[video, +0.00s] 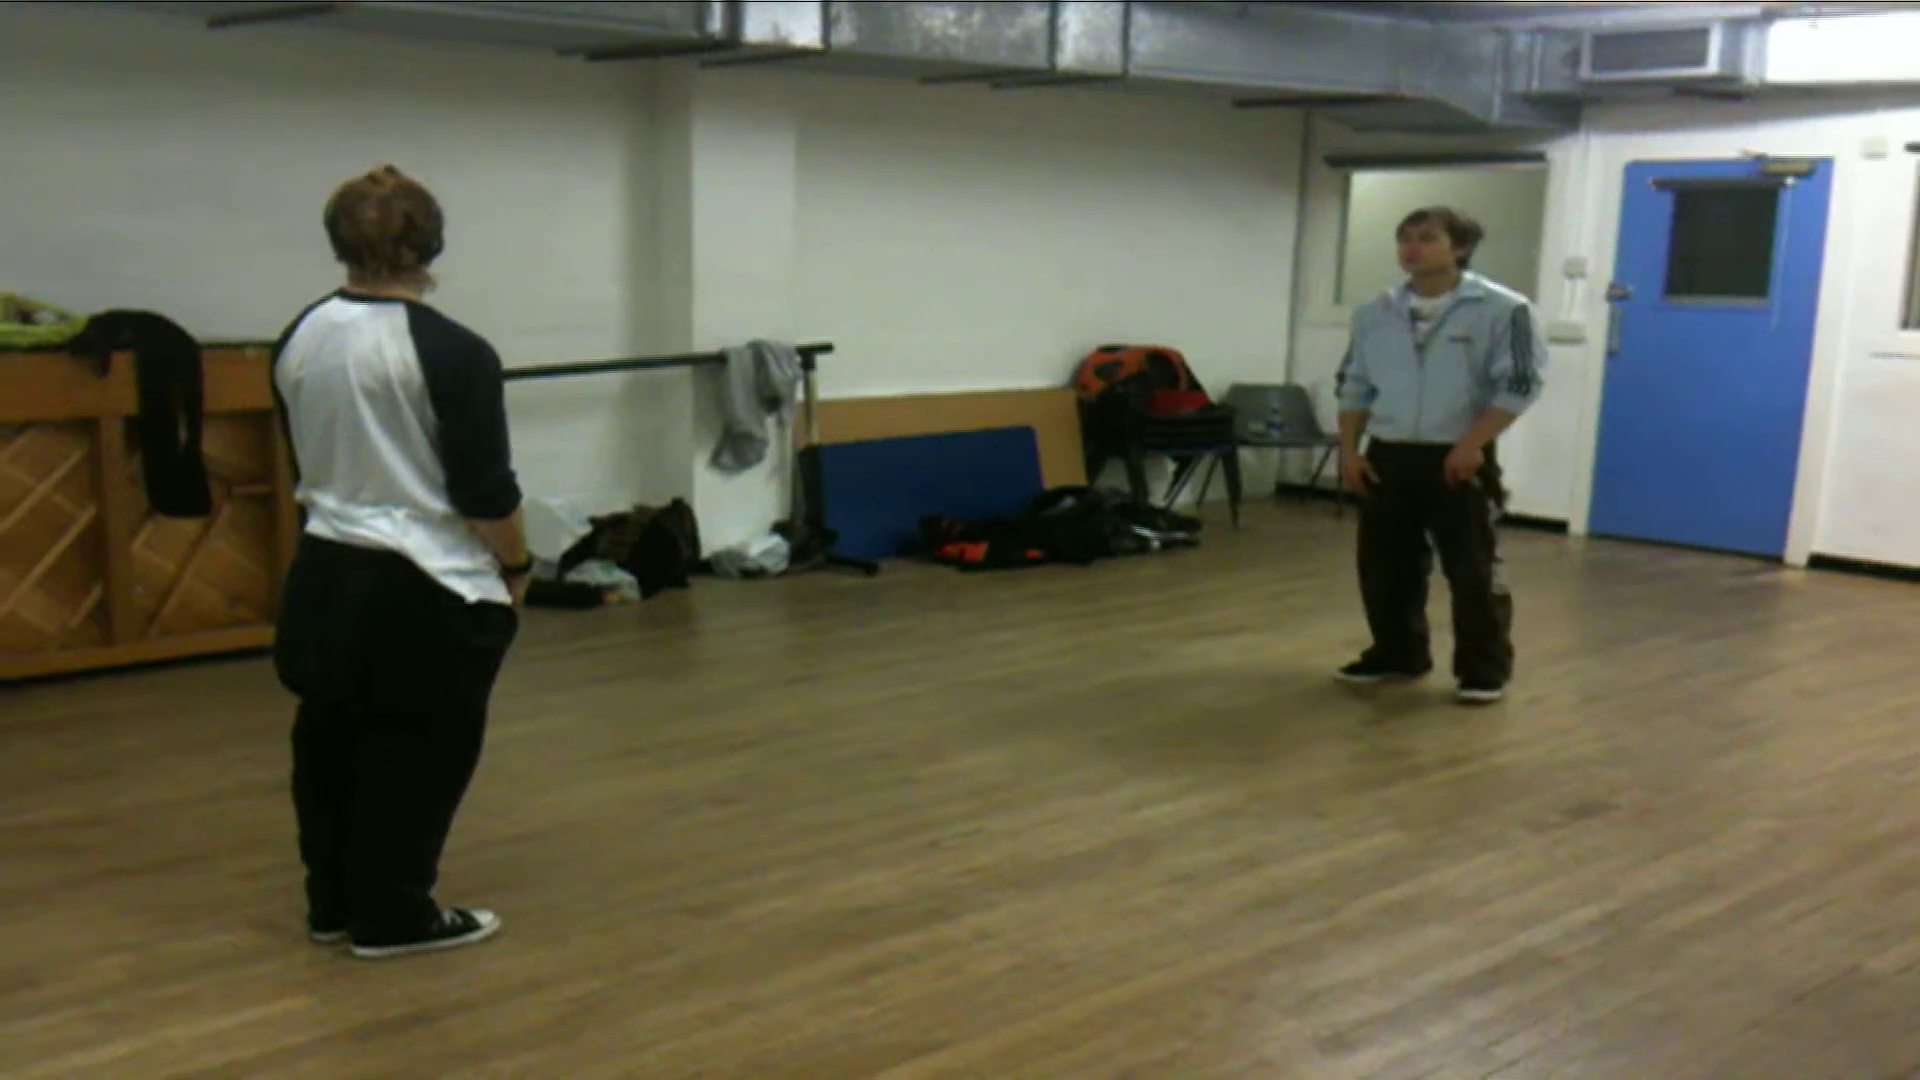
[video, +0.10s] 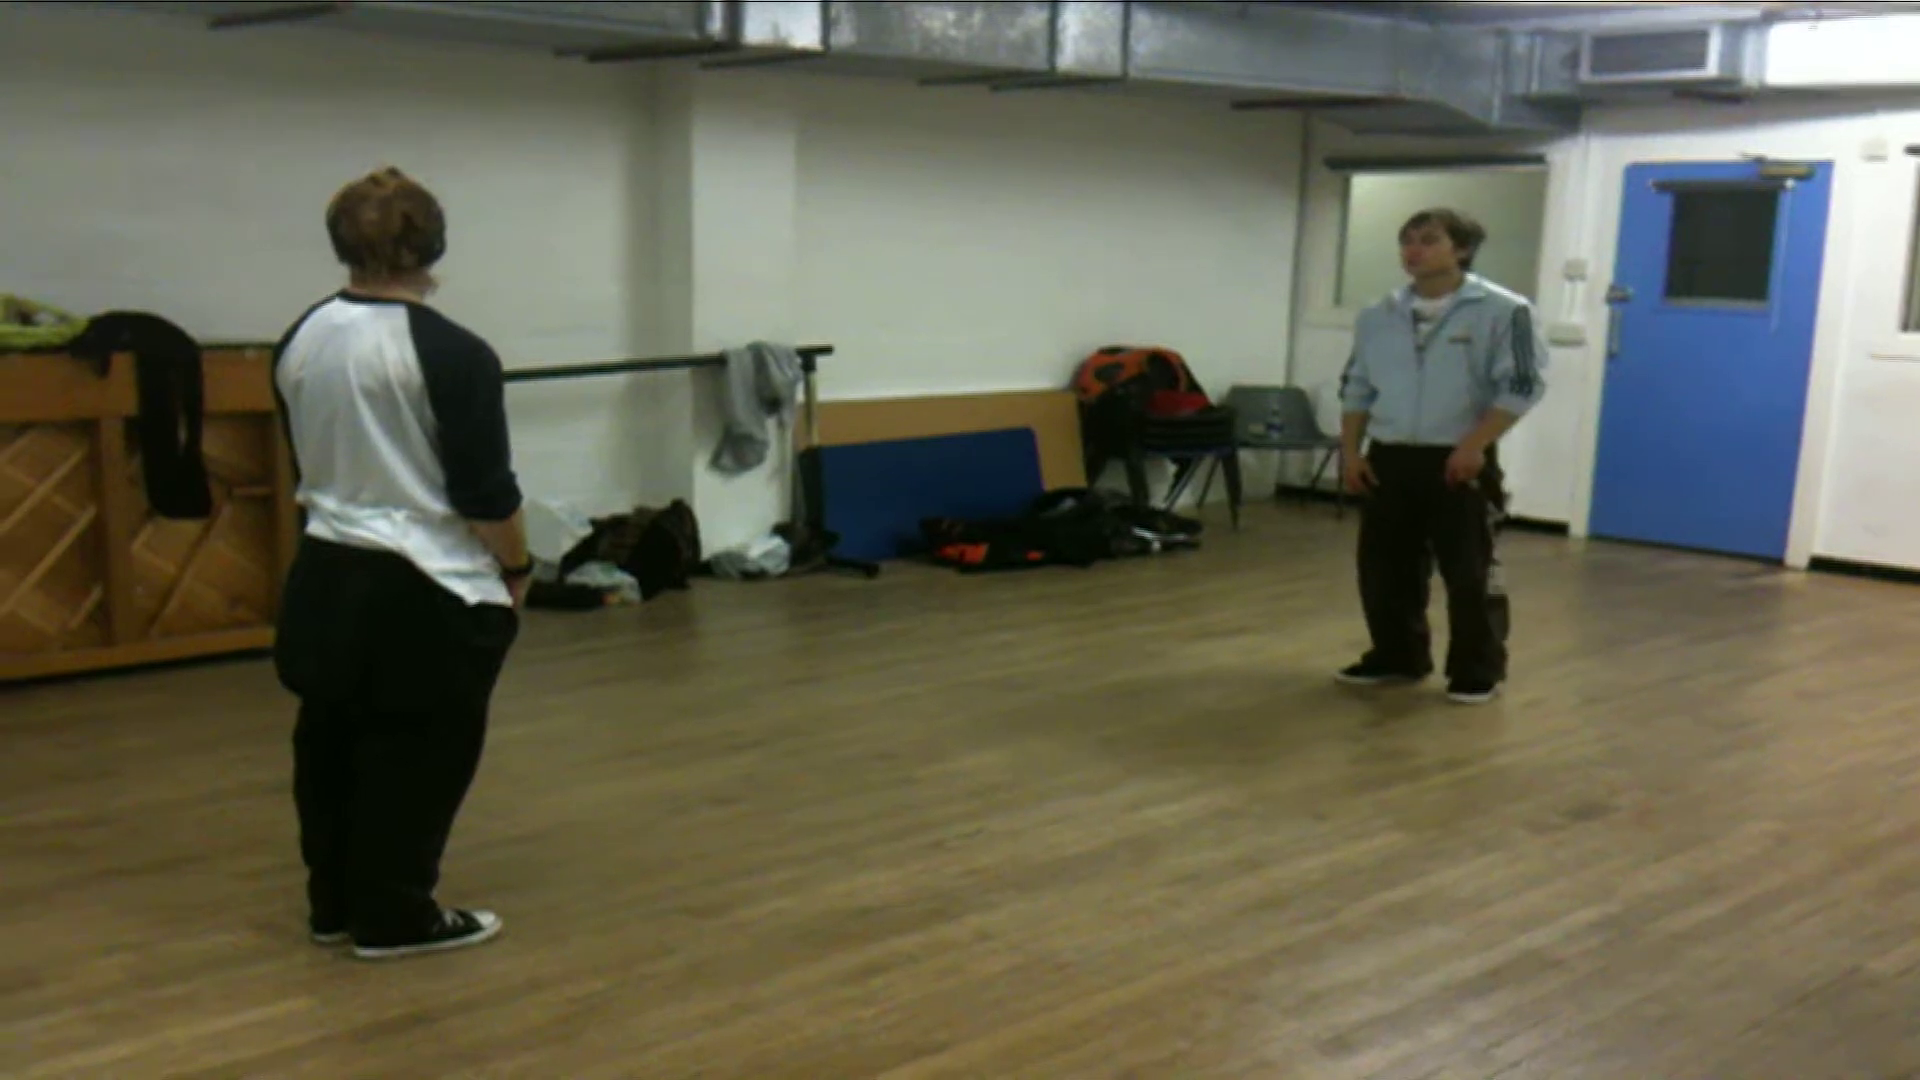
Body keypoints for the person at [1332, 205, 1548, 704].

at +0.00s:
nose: (1412, 248)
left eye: (1426, 239)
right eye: (1406, 240)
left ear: (1457, 248)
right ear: (1398, 250)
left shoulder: (1503, 311)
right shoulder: (1374, 315)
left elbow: (1519, 387)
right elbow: (1355, 388)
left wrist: (1473, 443)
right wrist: (1349, 450)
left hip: (1460, 463)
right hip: (1391, 462)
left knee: (1472, 575)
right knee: (1384, 567)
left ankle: (1482, 671)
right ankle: (1398, 653)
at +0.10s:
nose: (1413, 250)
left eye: (1427, 241)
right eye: (1408, 242)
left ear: (1458, 250)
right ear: (1401, 252)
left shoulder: (1504, 312)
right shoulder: (1378, 317)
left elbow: (1522, 388)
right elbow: (1357, 389)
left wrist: (1476, 443)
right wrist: (1350, 452)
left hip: (1460, 465)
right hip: (1392, 464)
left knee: (1469, 575)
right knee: (1384, 569)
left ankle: (1476, 670)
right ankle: (1398, 655)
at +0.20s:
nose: (1418, 247)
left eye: (1432, 239)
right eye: (1413, 239)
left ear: (1464, 248)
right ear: (1406, 249)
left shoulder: (1509, 310)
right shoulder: (1385, 315)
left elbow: (1524, 389)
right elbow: (1363, 387)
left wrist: (1478, 446)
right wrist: (1353, 449)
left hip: (1463, 466)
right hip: (1396, 464)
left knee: (1468, 577)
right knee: (1387, 570)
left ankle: (1474, 671)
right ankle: (1398, 654)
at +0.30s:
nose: (1426, 247)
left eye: (1440, 238)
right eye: (1420, 239)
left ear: (1471, 248)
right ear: (1413, 250)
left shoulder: (1513, 311)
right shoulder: (1390, 315)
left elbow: (1527, 391)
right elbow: (1367, 387)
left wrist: (1480, 449)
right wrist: (1359, 449)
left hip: (1469, 466)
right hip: (1401, 464)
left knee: (1473, 576)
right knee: (1388, 569)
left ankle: (1476, 672)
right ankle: (1399, 655)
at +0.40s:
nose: (1435, 248)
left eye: (1449, 239)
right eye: (1429, 240)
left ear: (1480, 249)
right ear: (1421, 250)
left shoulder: (1522, 313)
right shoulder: (1398, 315)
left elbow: (1531, 394)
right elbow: (1375, 387)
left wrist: (1484, 453)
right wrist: (1368, 450)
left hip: (1476, 467)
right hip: (1408, 464)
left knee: (1479, 579)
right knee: (1395, 570)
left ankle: (1479, 672)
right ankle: (1402, 656)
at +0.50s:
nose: (1439, 246)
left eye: (1453, 237)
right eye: (1432, 238)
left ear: (1484, 247)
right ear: (1424, 247)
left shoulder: (1525, 312)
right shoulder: (1398, 313)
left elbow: (1531, 393)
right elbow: (1375, 383)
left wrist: (1483, 453)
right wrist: (1369, 443)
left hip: (1476, 466)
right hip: (1407, 463)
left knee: (1476, 578)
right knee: (1394, 569)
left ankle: (1472, 672)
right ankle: (1396, 656)